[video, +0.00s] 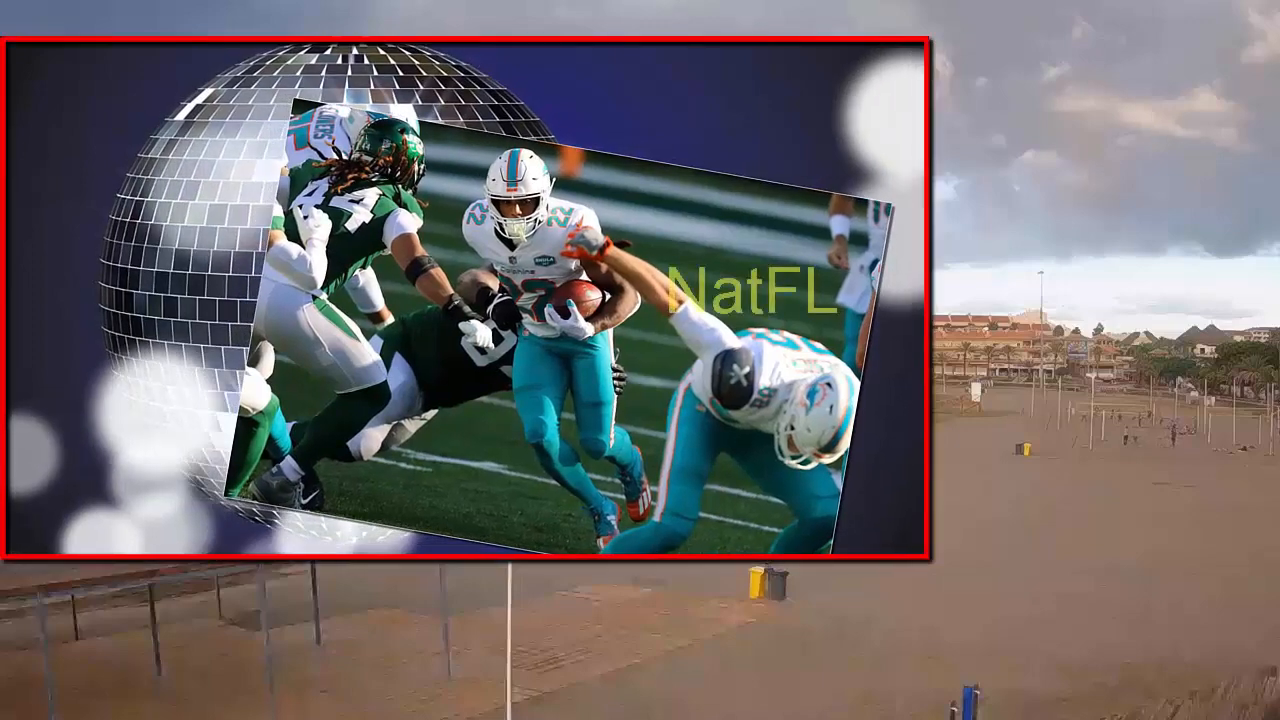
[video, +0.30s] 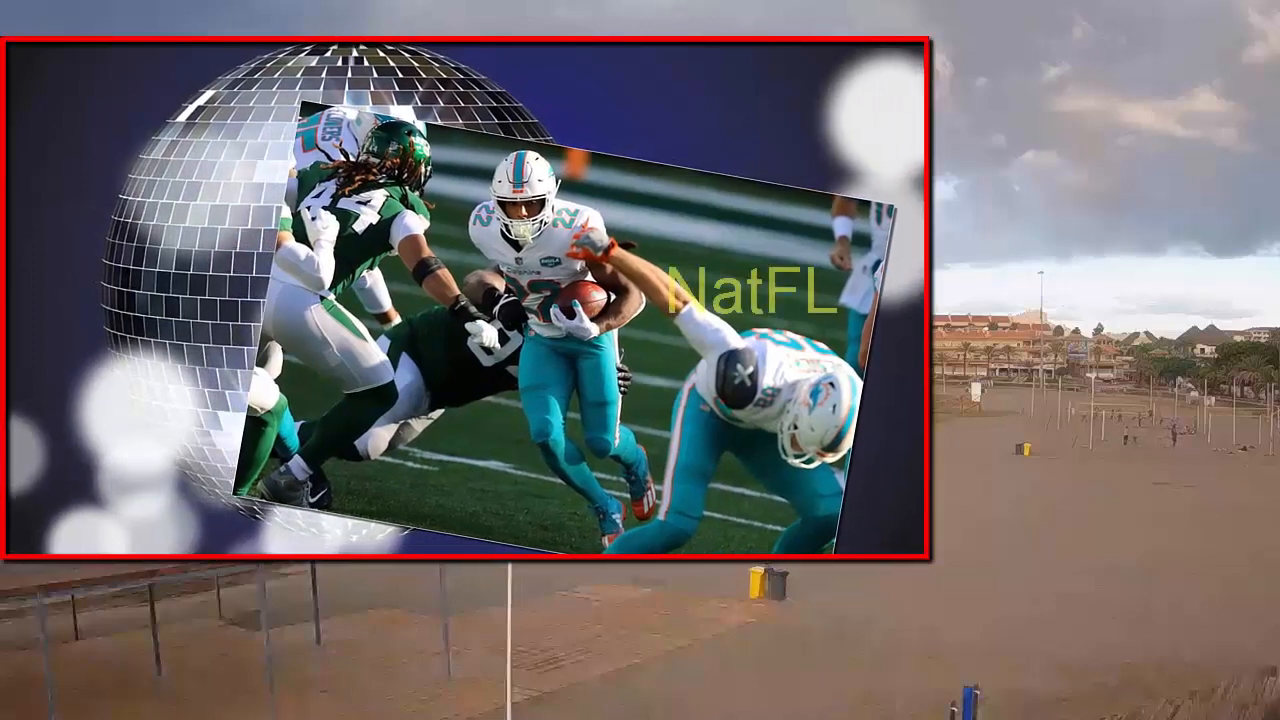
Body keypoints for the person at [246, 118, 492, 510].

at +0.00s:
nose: (417, 170)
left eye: (415, 162)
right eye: (415, 162)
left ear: (359, 151)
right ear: (403, 164)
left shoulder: (311, 174)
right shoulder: (391, 206)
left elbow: (256, 198)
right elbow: (418, 266)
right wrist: (461, 313)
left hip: (241, 281)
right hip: (293, 299)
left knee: (250, 384)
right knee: (372, 390)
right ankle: (286, 474)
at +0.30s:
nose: (423, 173)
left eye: (422, 165)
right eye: (421, 165)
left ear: (367, 152)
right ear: (410, 166)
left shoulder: (319, 175)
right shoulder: (397, 207)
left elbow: (265, 199)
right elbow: (424, 266)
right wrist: (465, 310)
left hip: (253, 283)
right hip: (302, 301)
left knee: (263, 367)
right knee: (379, 389)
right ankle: (296, 472)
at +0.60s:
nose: (428, 176)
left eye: (427, 168)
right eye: (426, 168)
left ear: (376, 154)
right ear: (417, 169)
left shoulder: (331, 178)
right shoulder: (405, 208)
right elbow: (431, 268)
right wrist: (471, 308)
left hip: (263, 285)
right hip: (311, 303)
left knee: (272, 365)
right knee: (386, 388)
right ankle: (303, 472)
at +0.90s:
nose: (437, 178)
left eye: (437, 170)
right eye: (436, 170)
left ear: (382, 156)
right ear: (425, 171)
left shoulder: (333, 178)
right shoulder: (411, 210)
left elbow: (281, 205)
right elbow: (437, 267)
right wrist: (480, 314)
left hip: (269, 284)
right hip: (318, 302)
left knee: (278, 371)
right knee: (394, 389)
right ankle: (311, 471)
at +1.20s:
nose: (444, 179)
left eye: (443, 171)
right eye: (442, 171)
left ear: (390, 158)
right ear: (432, 172)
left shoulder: (343, 180)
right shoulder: (420, 211)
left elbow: (291, 202)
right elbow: (444, 268)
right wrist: (485, 314)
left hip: (279, 282)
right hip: (325, 303)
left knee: (288, 366)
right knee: (400, 388)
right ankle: (319, 470)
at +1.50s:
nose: (451, 181)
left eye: (450, 174)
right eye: (449, 173)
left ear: (396, 160)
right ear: (439, 175)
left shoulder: (350, 183)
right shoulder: (425, 214)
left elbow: (301, 202)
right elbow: (451, 270)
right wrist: (493, 316)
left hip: (287, 285)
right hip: (334, 304)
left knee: (292, 372)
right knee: (408, 389)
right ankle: (326, 470)